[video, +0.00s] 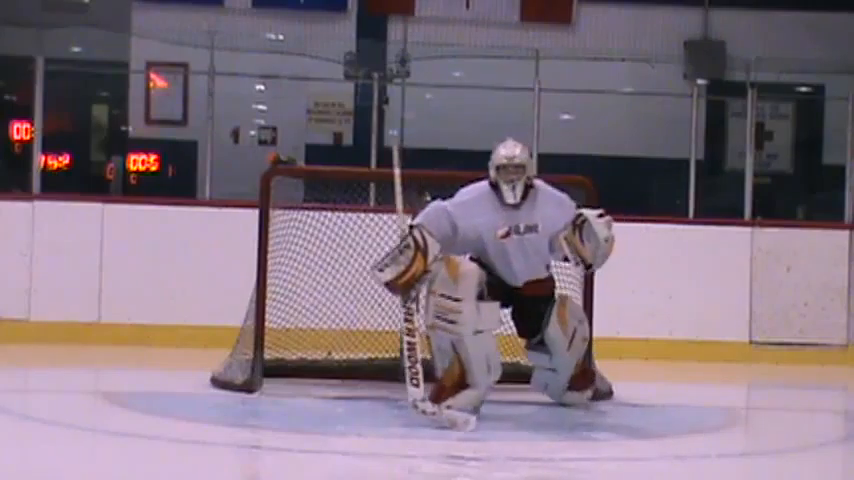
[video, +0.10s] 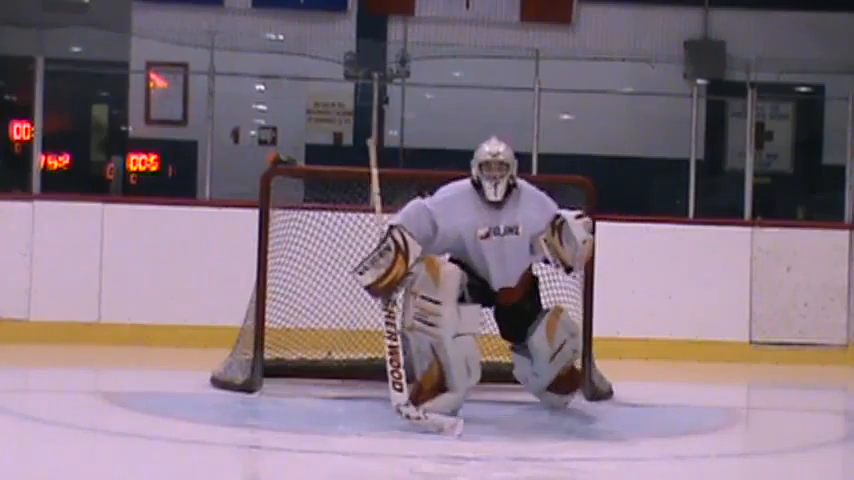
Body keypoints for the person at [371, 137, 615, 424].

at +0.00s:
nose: (511, 179)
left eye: (517, 171)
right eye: (504, 172)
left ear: (529, 172)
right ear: (493, 173)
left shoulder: (551, 202)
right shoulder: (473, 200)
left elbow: (571, 245)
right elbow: (436, 221)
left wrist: (589, 240)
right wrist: (415, 251)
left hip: (538, 283)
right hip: (491, 279)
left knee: (546, 340)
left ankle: (577, 385)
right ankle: (457, 384)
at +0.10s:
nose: (495, 177)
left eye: (501, 170)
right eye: (488, 170)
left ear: (513, 171)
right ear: (475, 172)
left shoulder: (532, 201)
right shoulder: (454, 199)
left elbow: (557, 234)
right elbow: (415, 220)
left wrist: (571, 239)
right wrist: (393, 250)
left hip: (519, 284)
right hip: (472, 283)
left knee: (530, 340)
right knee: (429, 292)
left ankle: (556, 384)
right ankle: (435, 382)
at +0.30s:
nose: (483, 162)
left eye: (489, 155)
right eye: (476, 154)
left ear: (499, 158)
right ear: (461, 155)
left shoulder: (511, 192)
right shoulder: (438, 186)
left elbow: (519, 243)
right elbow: (397, 214)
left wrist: (547, 237)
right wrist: (395, 245)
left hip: (486, 287)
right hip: (435, 282)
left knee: (518, 342)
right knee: (436, 342)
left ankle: (539, 398)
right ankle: (403, 404)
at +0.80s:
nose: (487, 137)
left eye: (494, 129)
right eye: (480, 129)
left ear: (503, 131)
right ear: (467, 131)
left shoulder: (521, 173)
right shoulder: (443, 165)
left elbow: (531, 221)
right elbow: (405, 213)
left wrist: (560, 204)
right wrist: (397, 254)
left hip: (488, 269)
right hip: (435, 265)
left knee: (507, 341)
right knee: (407, 342)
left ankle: (530, 418)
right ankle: (364, 412)